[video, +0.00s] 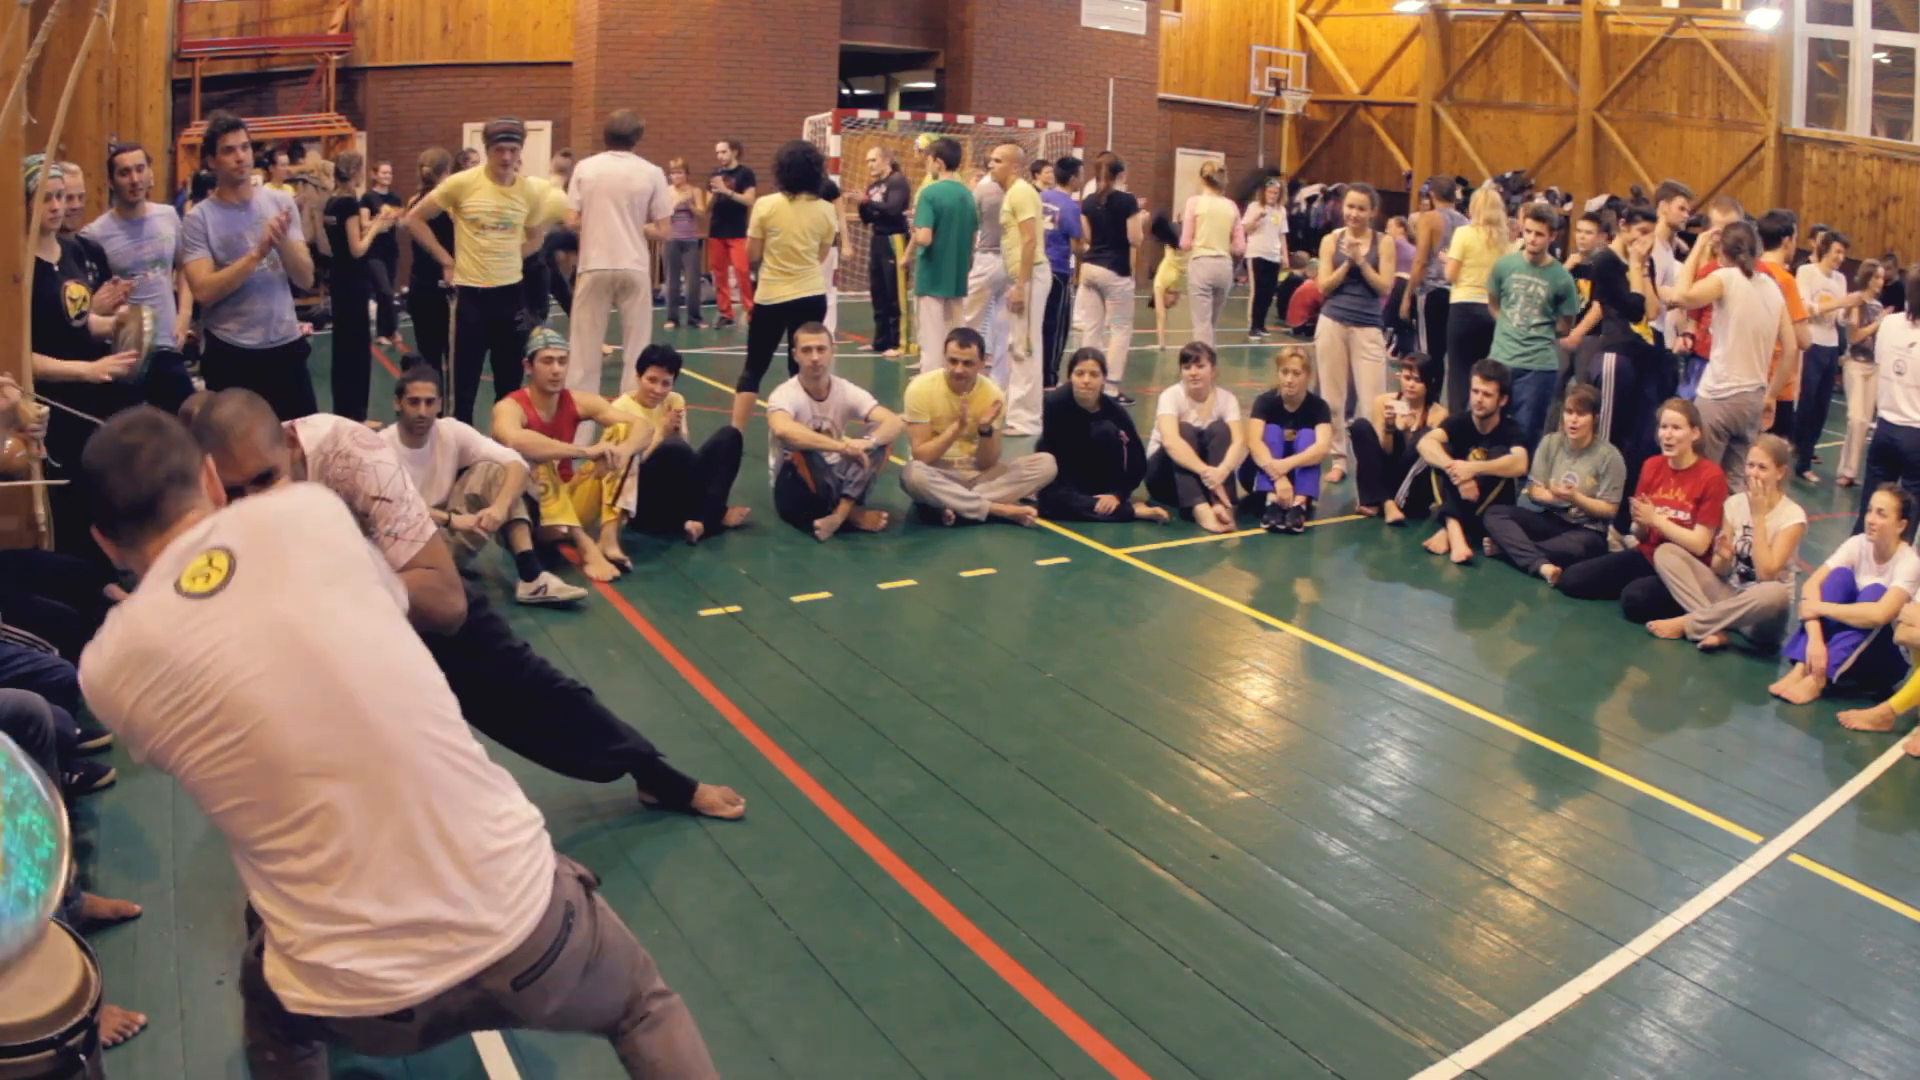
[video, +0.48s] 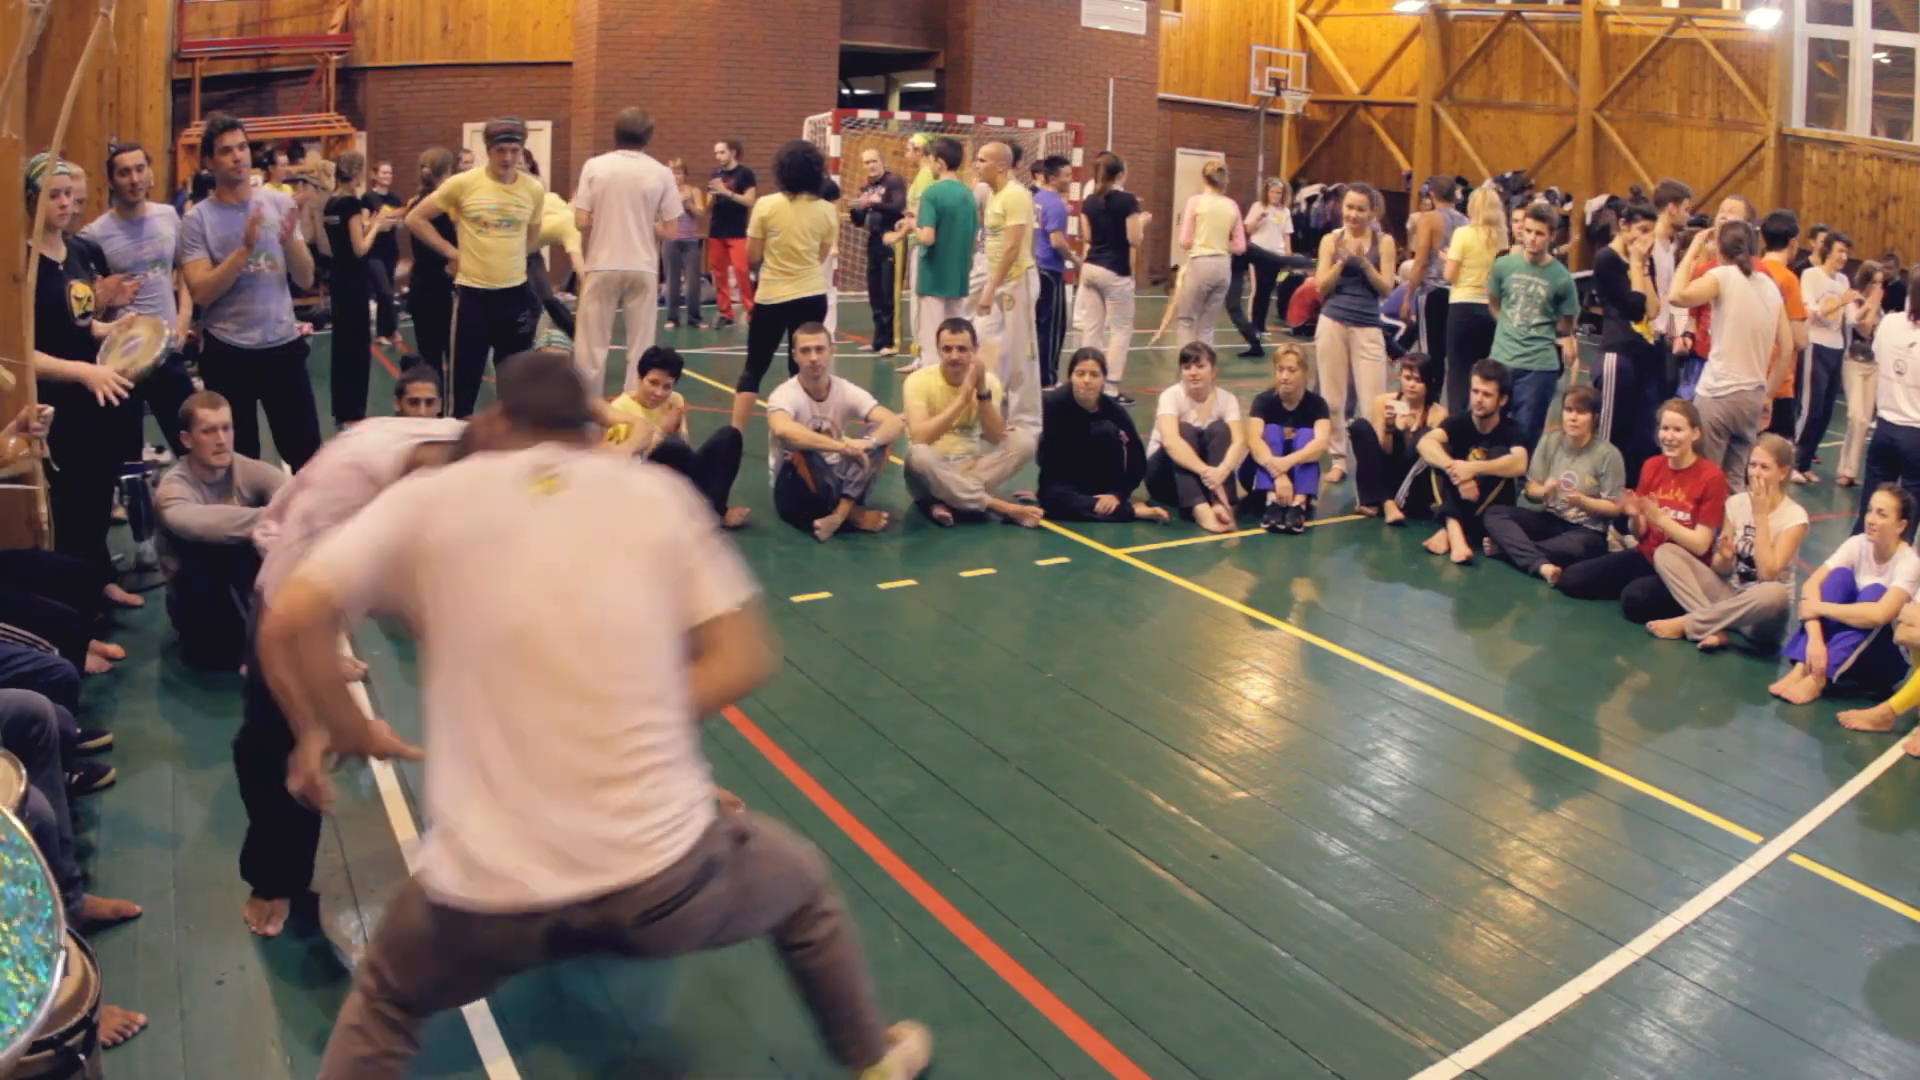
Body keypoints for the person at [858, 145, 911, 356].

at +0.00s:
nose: (870, 165)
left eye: (874, 161)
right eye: (868, 161)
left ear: (887, 161)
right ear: (870, 164)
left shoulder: (898, 182)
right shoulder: (874, 184)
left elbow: (893, 209)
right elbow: (867, 217)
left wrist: (868, 203)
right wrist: (862, 204)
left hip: (894, 235)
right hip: (878, 234)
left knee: (893, 291)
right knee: (878, 290)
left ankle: (895, 341)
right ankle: (880, 340)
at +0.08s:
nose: (869, 166)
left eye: (872, 161)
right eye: (867, 162)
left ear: (886, 161)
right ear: (867, 165)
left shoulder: (897, 181)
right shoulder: (873, 186)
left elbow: (895, 208)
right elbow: (865, 218)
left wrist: (868, 204)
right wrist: (858, 206)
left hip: (894, 236)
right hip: (877, 235)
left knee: (894, 291)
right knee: (878, 290)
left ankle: (896, 341)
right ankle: (880, 339)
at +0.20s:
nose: (868, 166)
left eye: (872, 161)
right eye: (866, 162)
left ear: (883, 161)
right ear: (865, 165)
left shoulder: (896, 182)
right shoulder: (870, 188)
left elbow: (898, 208)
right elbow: (863, 219)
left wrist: (870, 204)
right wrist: (850, 207)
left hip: (893, 235)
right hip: (876, 235)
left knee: (893, 290)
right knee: (877, 290)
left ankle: (895, 341)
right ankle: (881, 339)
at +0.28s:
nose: (869, 166)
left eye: (872, 161)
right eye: (866, 162)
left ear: (883, 162)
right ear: (864, 166)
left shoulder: (895, 181)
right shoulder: (869, 188)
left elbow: (894, 208)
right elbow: (863, 220)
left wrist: (869, 203)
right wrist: (853, 207)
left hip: (892, 236)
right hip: (876, 236)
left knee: (891, 290)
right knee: (876, 290)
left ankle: (894, 340)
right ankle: (880, 339)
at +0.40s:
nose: (870, 166)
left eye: (873, 161)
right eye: (866, 163)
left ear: (882, 162)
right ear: (863, 166)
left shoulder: (894, 181)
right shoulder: (867, 187)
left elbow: (894, 209)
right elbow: (861, 220)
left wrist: (868, 204)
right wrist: (859, 206)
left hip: (891, 236)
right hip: (875, 236)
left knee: (889, 290)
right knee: (875, 290)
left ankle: (892, 340)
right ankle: (879, 339)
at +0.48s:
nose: (870, 166)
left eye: (873, 162)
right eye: (866, 163)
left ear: (881, 162)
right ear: (863, 166)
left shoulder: (894, 181)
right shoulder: (866, 187)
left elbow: (897, 207)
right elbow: (858, 220)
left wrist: (872, 204)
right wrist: (855, 208)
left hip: (892, 237)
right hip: (875, 237)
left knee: (888, 290)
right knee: (875, 290)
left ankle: (889, 340)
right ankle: (879, 339)